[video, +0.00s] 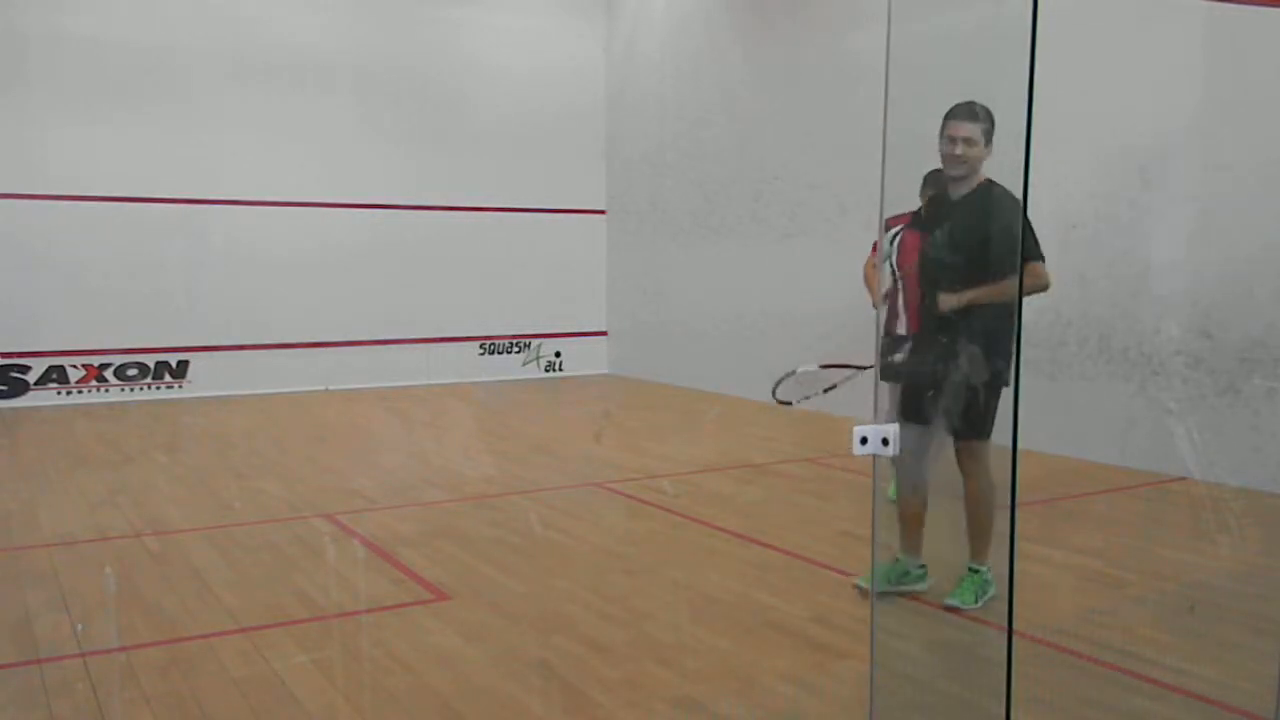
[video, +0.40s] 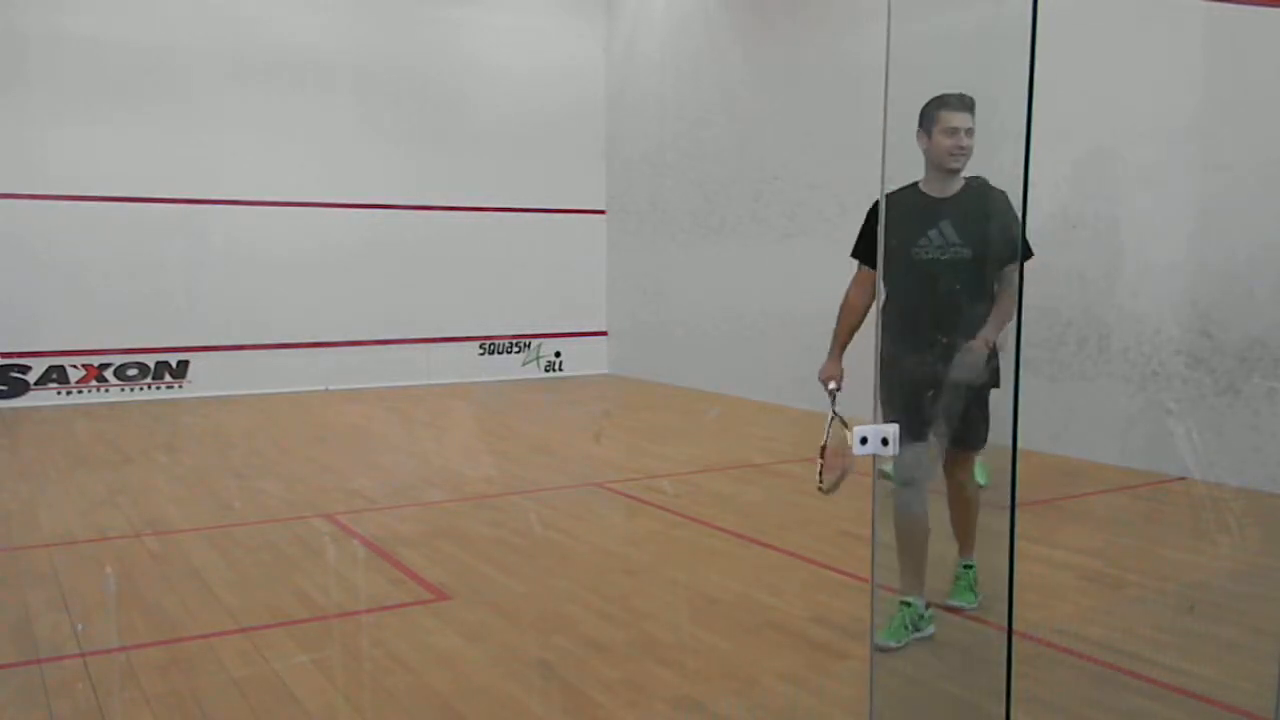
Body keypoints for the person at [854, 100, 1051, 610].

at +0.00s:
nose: (956, 150)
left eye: (968, 143)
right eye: (949, 140)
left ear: (987, 149)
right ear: (939, 143)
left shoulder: (1001, 206)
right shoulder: (934, 203)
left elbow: (1037, 276)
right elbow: (917, 261)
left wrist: (965, 296)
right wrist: (889, 279)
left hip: (979, 352)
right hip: (928, 345)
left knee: (972, 456)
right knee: (909, 451)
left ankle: (979, 571)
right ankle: (910, 562)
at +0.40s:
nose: (960, 142)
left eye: (967, 133)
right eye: (949, 132)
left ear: (974, 141)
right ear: (923, 138)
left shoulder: (992, 206)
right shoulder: (891, 209)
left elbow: (1009, 287)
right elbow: (863, 285)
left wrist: (985, 338)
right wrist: (836, 352)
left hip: (965, 362)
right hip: (904, 361)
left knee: (959, 468)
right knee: (909, 477)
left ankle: (967, 564)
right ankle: (912, 604)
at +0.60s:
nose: (943, 133)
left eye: (949, 125)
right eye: (931, 125)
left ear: (954, 134)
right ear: (903, 133)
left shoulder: (971, 202)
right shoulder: (871, 206)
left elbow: (988, 281)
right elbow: (843, 282)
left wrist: (977, 341)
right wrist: (820, 352)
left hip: (958, 362)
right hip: (892, 366)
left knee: (969, 485)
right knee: (900, 488)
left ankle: (949, 549)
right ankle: (911, 603)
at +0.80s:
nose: (929, 134)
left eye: (935, 125)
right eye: (918, 125)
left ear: (940, 132)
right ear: (890, 131)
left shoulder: (959, 197)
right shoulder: (856, 205)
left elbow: (975, 278)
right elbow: (828, 279)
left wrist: (978, 341)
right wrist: (818, 340)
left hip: (947, 364)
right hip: (881, 369)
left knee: (946, 486)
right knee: (893, 487)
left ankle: (956, 615)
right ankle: (911, 605)